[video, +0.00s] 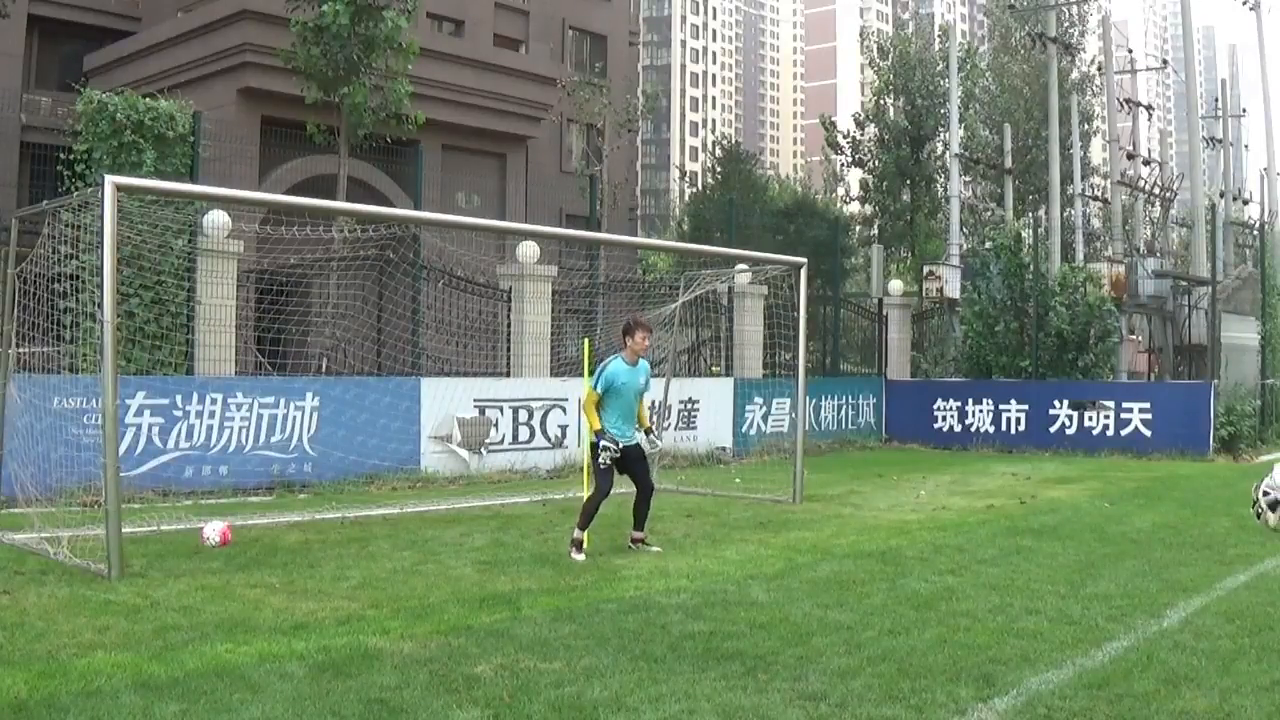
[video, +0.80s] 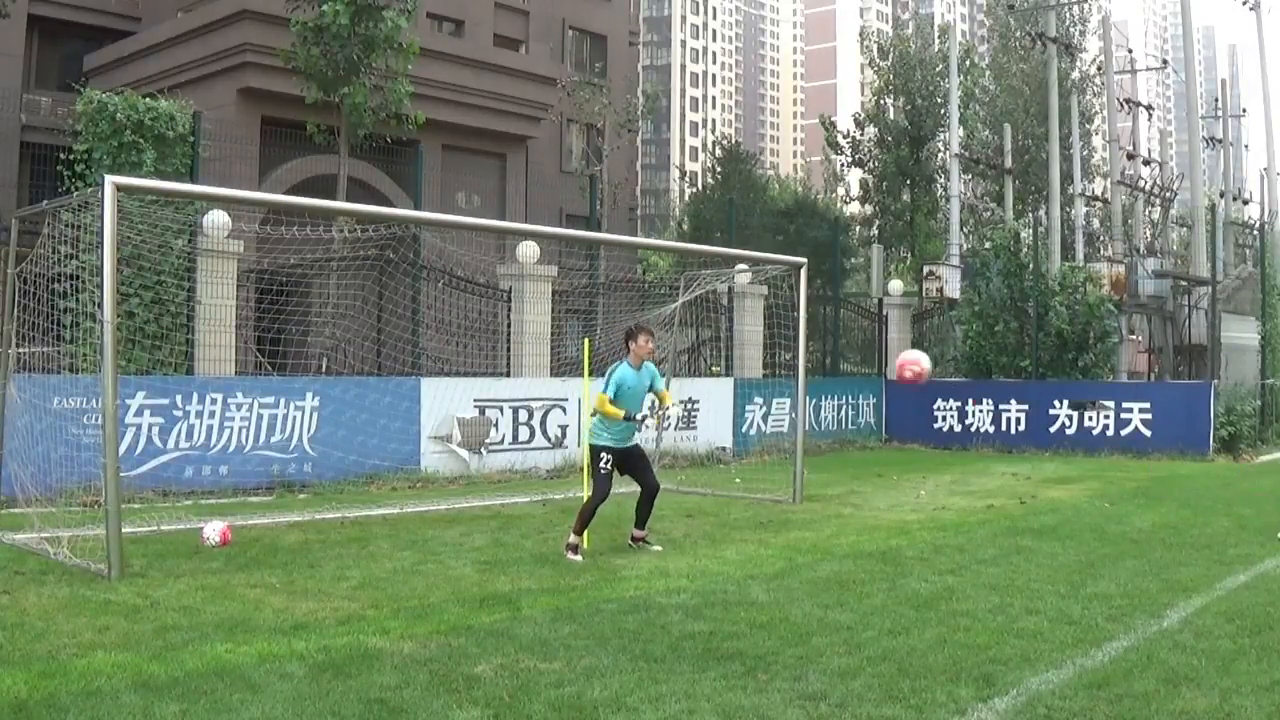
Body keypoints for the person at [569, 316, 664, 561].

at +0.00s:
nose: (647, 344)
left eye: (648, 339)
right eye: (643, 339)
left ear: (646, 341)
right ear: (628, 340)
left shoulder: (644, 368)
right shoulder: (609, 368)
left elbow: (639, 401)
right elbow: (588, 403)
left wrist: (647, 429)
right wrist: (599, 434)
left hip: (630, 442)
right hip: (605, 440)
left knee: (646, 487)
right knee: (602, 489)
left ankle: (637, 538)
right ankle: (578, 537)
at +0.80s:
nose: (652, 346)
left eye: (652, 342)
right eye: (647, 342)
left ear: (648, 346)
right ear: (631, 345)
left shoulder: (650, 371)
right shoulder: (618, 371)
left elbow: (664, 396)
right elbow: (601, 404)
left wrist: (666, 407)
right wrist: (630, 416)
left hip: (627, 443)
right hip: (602, 442)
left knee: (651, 486)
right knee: (601, 492)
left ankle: (638, 537)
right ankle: (573, 541)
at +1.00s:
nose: (641, 324)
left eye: (643, 320)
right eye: (637, 320)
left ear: (644, 323)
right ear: (625, 323)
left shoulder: (648, 343)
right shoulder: (616, 347)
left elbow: (675, 331)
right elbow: (631, 335)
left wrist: (670, 306)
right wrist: (643, 306)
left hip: (632, 423)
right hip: (609, 421)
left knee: (643, 477)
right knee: (594, 482)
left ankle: (641, 529)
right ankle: (567, 533)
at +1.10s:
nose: (636, 327)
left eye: (638, 323)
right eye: (631, 322)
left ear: (641, 327)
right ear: (620, 327)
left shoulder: (646, 346)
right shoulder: (613, 351)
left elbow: (674, 335)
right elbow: (630, 335)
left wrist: (662, 310)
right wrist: (643, 307)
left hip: (633, 427)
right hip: (609, 426)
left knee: (649, 480)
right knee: (597, 486)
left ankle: (643, 529)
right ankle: (566, 533)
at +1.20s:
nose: (629, 350)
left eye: (632, 346)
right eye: (624, 346)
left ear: (635, 349)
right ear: (613, 350)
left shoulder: (639, 366)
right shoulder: (606, 370)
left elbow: (667, 350)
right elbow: (604, 344)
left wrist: (681, 326)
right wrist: (628, 320)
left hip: (630, 443)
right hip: (605, 444)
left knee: (652, 498)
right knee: (603, 495)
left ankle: (647, 536)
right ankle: (575, 536)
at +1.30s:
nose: (622, 354)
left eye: (625, 350)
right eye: (617, 350)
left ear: (628, 353)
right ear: (605, 354)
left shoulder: (634, 374)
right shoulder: (594, 374)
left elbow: (663, 374)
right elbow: (574, 360)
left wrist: (669, 357)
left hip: (625, 450)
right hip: (597, 448)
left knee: (644, 496)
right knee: (600, 496)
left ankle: (646, 537)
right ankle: (592, 543)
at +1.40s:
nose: (609, 349)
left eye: (612, 344)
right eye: (604, 344)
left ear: (614, 346)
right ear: (591, 347)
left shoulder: (616, 369)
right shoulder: (573, 368)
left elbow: (618, 394)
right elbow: (538, 384)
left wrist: (631, 407)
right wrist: (557, 396)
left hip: (597, 443)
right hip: (570, 441)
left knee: (624, 488)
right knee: (584, 494)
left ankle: (626, 528)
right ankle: (577, 534)